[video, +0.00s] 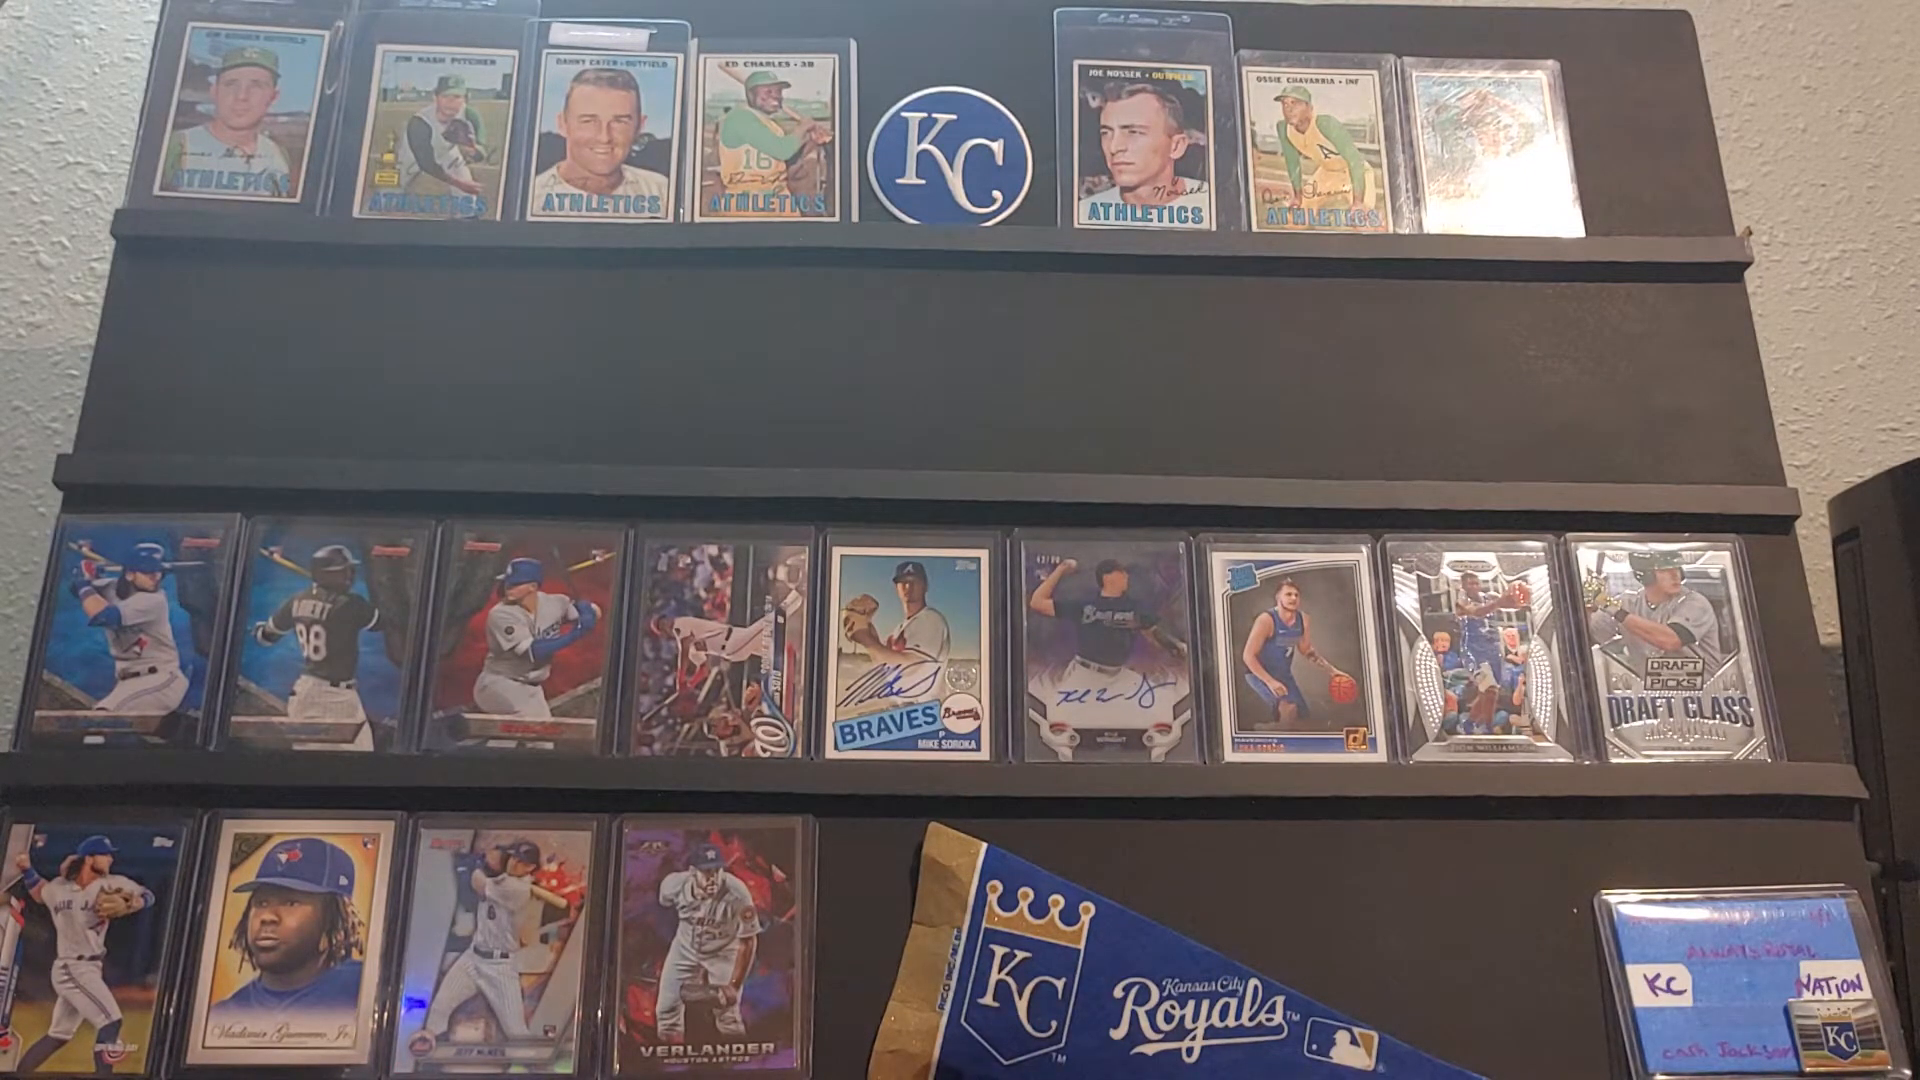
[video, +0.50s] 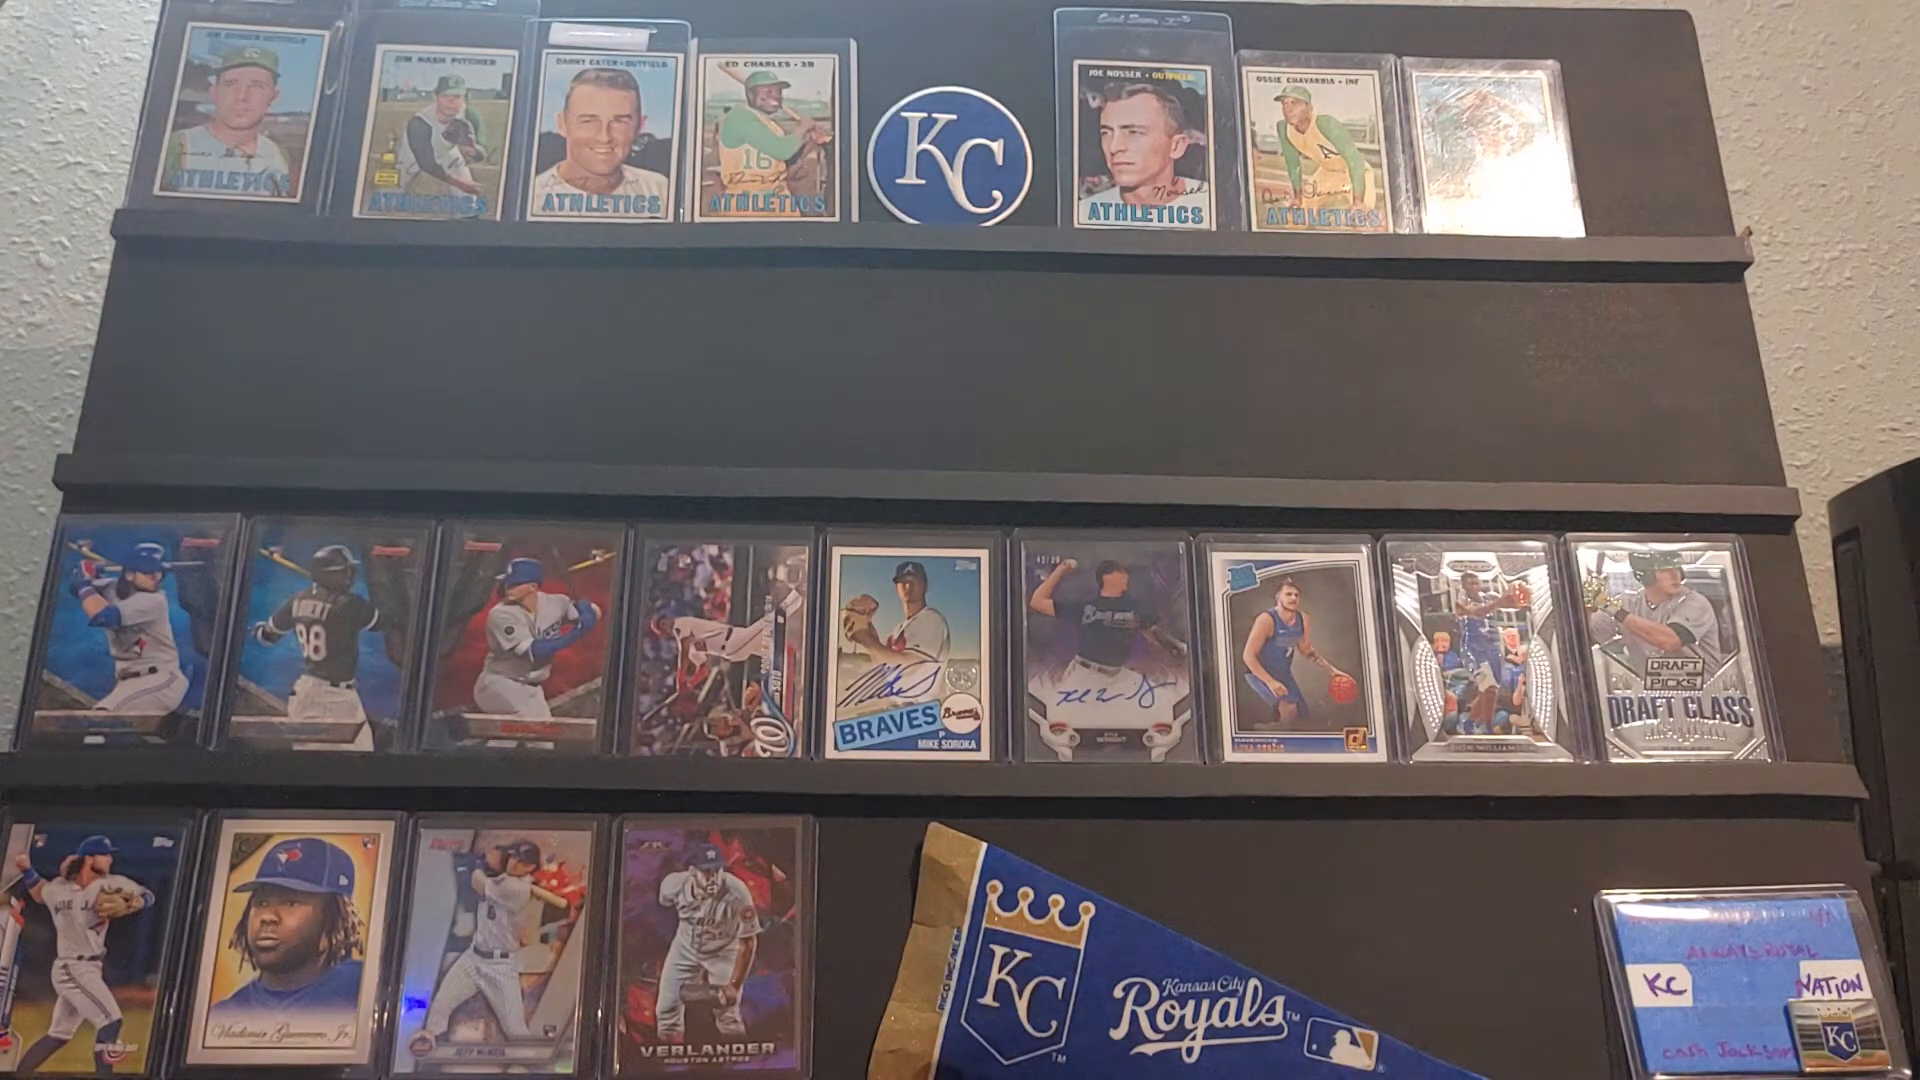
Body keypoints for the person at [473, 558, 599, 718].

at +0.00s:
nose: (508, 588)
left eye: (514, 584)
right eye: (507, 583)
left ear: (533, 586)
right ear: (504, 584)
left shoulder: (554, 603)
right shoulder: (500, 614)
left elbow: (579, 608)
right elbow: (532, 652)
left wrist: (587, 614)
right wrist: (575, 634)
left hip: (531, 687)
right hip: (496, 684)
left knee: (546, 734)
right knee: (532, 715)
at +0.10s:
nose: (508, 588)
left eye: (514, 584)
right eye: (507, 583)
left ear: (533, 586)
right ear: (504, 584)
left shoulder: (554, 603)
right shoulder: (500, 614)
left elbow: (579, 608)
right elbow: (532, 652)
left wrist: (587, 614)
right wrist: (575, 634)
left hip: (531, 687)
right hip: (496, 684)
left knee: (546, 734)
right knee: (532, 715)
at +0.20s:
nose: (508, 588)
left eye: (514, 584)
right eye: (507, 583)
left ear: (533, 586)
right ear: (504, 584)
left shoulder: (555, 603)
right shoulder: (500, 614)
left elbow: (579, 608)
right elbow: (532, 652)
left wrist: (587, 614)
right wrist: (575, 634)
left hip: (531, 687)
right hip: (496, 684)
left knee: (546, 734)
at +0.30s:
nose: (508, 588)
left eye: (514, 584)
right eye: (507, 583)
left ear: (532, 587)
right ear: (504, 584)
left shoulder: (555, 603)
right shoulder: (500, 614)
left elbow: (579, 607)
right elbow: (532, 652)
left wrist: (587, 614)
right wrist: (574, 634)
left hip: (531, 687)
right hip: (496, 684)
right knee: (531, 715)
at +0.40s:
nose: (508, 588)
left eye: (514, 584)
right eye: (507, 583)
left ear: (533, 586)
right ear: (504, 584)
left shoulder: (555, 603)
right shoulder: (500, 614)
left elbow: (579, 608)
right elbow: (532, 652)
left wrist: (587, 614)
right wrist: (575, 634)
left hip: (531, 687)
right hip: (496, 684)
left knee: (546, 734)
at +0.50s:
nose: (507, 588)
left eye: (514, 584)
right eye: (507, 584)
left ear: (533, 587)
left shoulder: (556, 603)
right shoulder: (500, 614)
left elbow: (581, 607)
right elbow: (532, 651)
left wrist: (587, 614)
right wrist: (575, 634)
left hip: (531, 687)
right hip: (497, 684)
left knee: (545, 733)